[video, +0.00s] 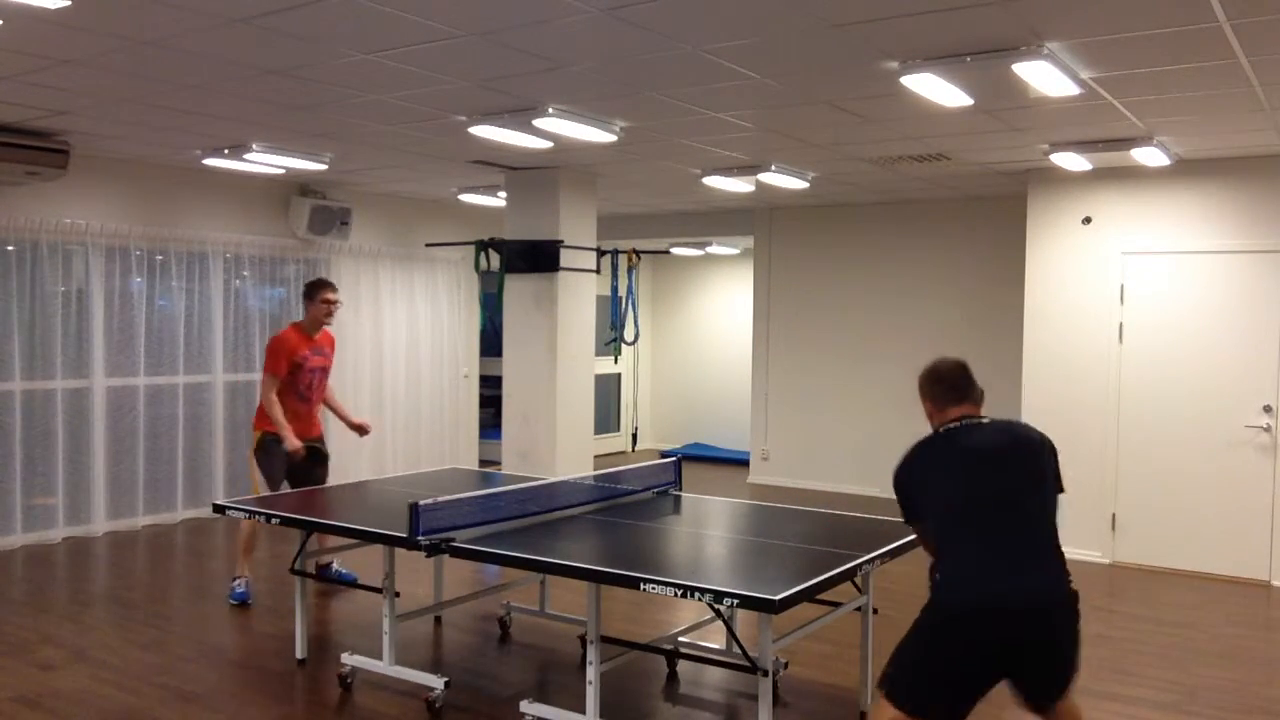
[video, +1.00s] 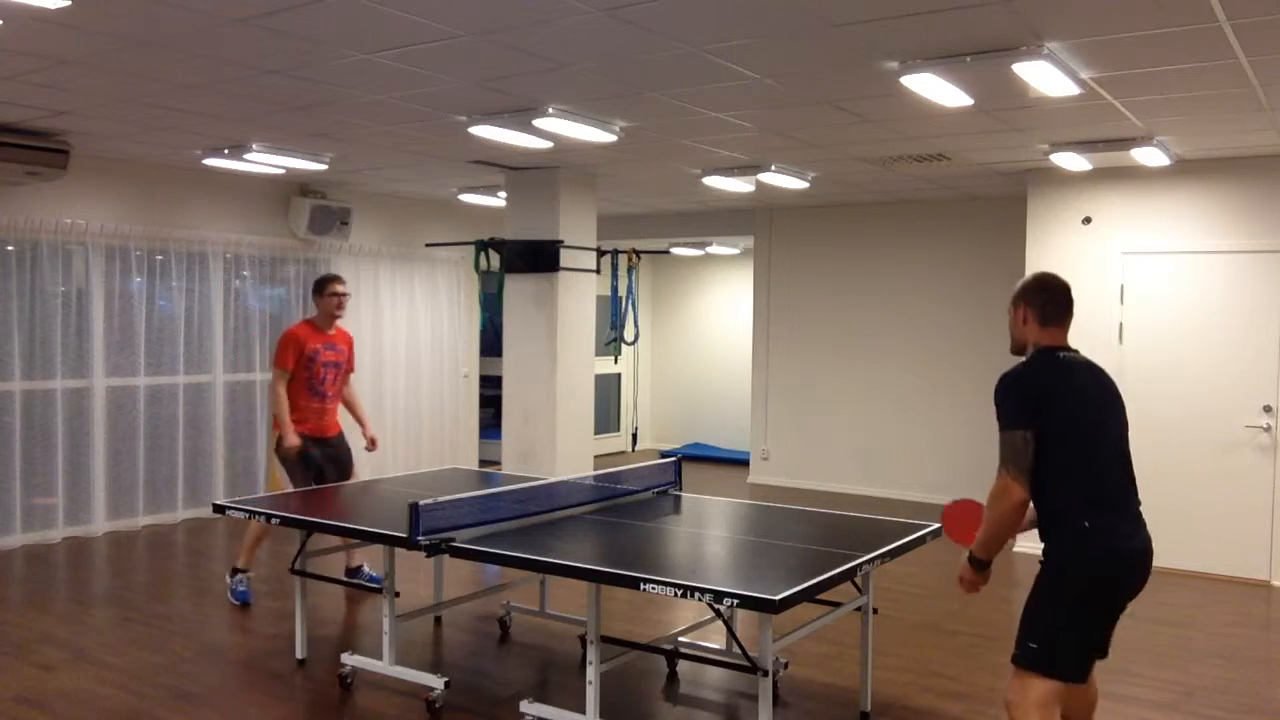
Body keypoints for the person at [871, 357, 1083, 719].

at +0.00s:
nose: (928, 412)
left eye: (927, 406)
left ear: (929, 408)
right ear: (979, 398)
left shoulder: (914, 465)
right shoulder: (1035, 442)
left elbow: (934, 546)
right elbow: (1042, 521)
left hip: (962, 613)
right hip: (1047, 607)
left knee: (895, 706)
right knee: (1054, 698)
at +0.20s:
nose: (958, 398)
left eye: (957, 392)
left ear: (959, 394)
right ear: (1010, 385)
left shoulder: (946, 450)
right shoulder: (1068, 425)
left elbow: (969, 549)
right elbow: (1106, 523)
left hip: (1008, 593)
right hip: (1090, 587)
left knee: (934, 705)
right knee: (1084, 692)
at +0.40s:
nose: (986, 353)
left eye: (987, 344)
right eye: (987, 344)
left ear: (996, 343)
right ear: (1041, 342)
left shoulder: (980, 402)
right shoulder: (1094, 389)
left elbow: (992, 510)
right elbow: (1147, 489)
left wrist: (995, 595)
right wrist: (1089, 529)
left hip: (1052, 561)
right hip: (1126, 556)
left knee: (993, 702)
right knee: (1092, 676)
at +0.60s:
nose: (1003, 310)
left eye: (1004, 300)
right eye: (1003, 301)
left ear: (1016, 301)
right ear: (1060, 303)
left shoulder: (1003, 366)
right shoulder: (1104, 364)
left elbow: (1007, 470)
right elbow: (1148, 463)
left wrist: (987, 568)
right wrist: (1093, 505)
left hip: (1067, 543)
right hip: (1130, 537)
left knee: (1029, 685)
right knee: (1093, 670)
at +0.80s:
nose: (1004, 312)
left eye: (1007, 302)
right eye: (1006, 301)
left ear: (1022, 306)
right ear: (1065, 309)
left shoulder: (1019, 379)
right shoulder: (1103, 372)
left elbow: (1016, 492)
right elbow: (1119, 473)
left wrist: (975, 579)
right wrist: (1048, 529)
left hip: (1077, 556)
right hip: (1132, 551)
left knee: (1029, 687)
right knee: (1080, 667)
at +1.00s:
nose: (1009, 324)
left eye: (1012, 314)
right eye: (1011, 314)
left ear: (1025, 315)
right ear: (1066, 320)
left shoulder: (1021, 381)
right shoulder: (1098, 379)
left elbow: (1014, 490)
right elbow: (1097, 483)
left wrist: (978, 560)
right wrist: (1027, 521)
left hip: (1079, 554)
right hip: (1129, 549)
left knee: (1030, 690)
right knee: (1076, 674)